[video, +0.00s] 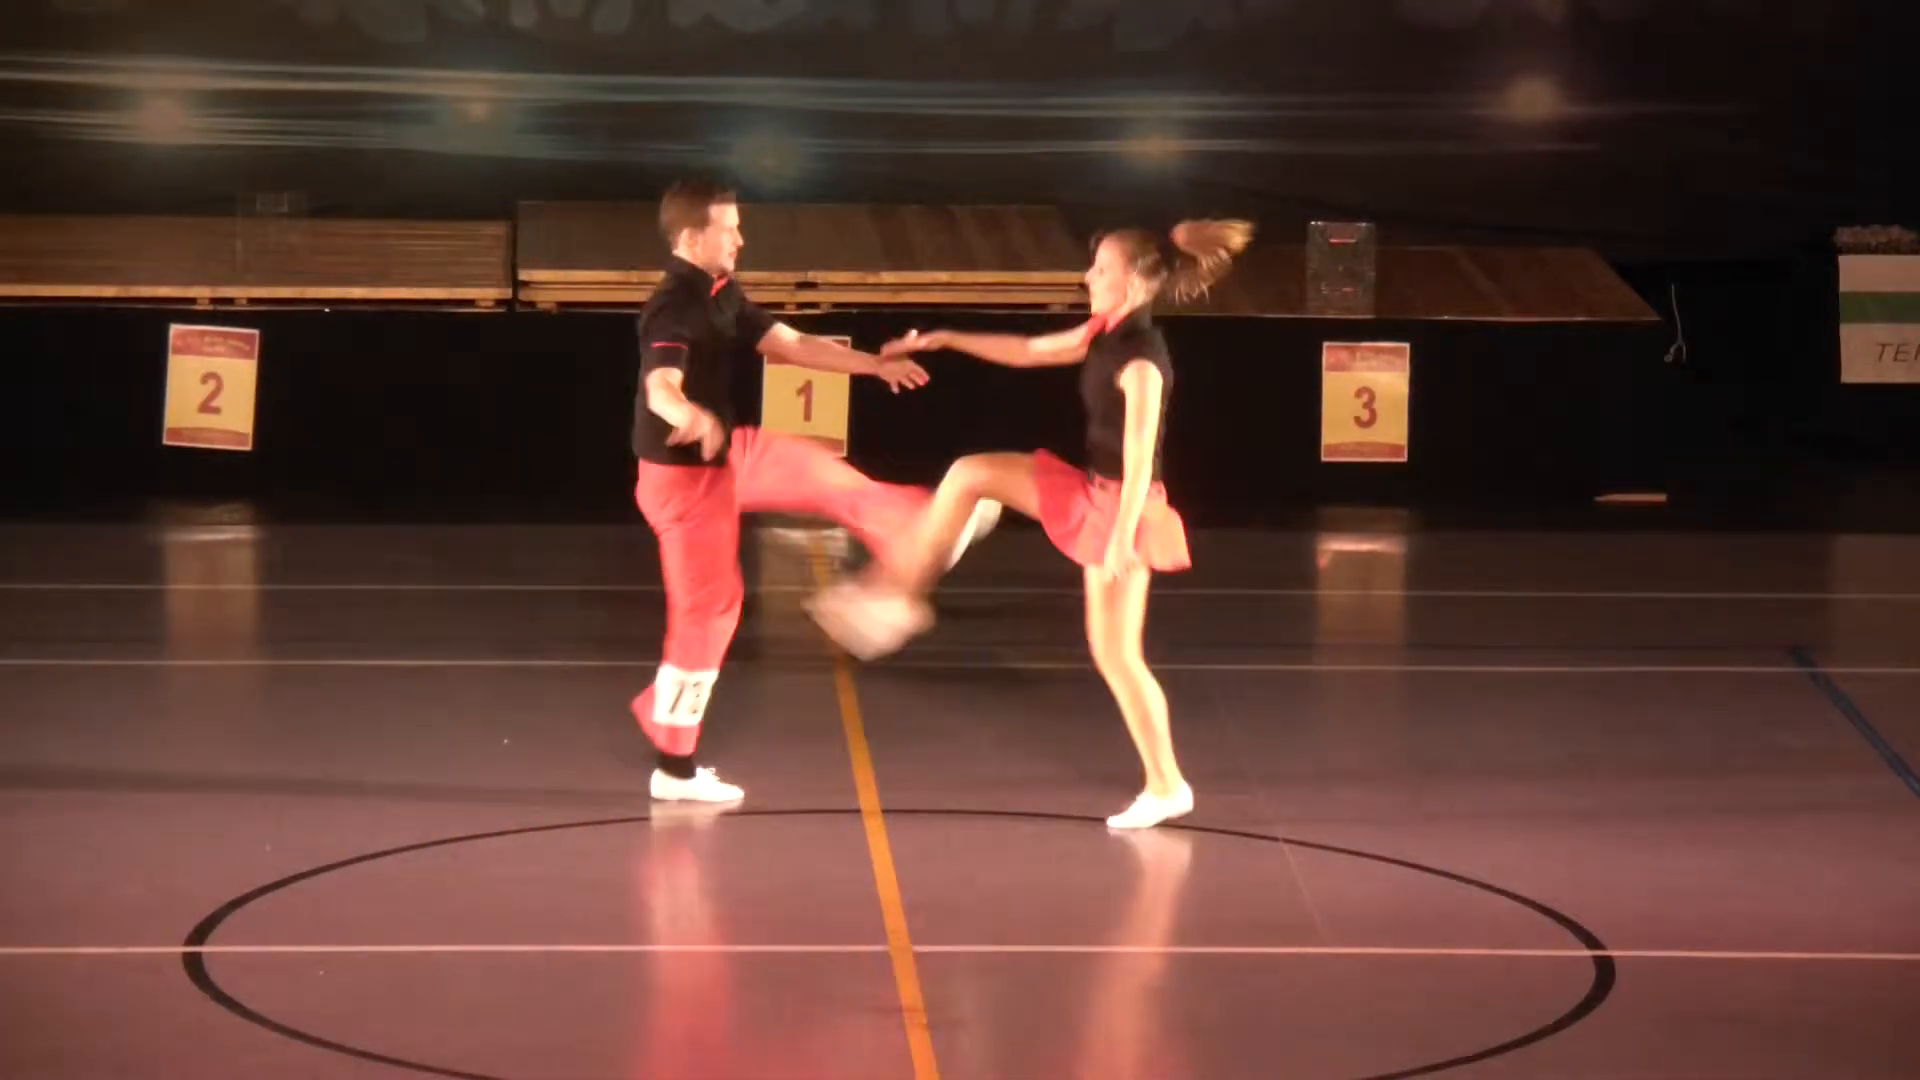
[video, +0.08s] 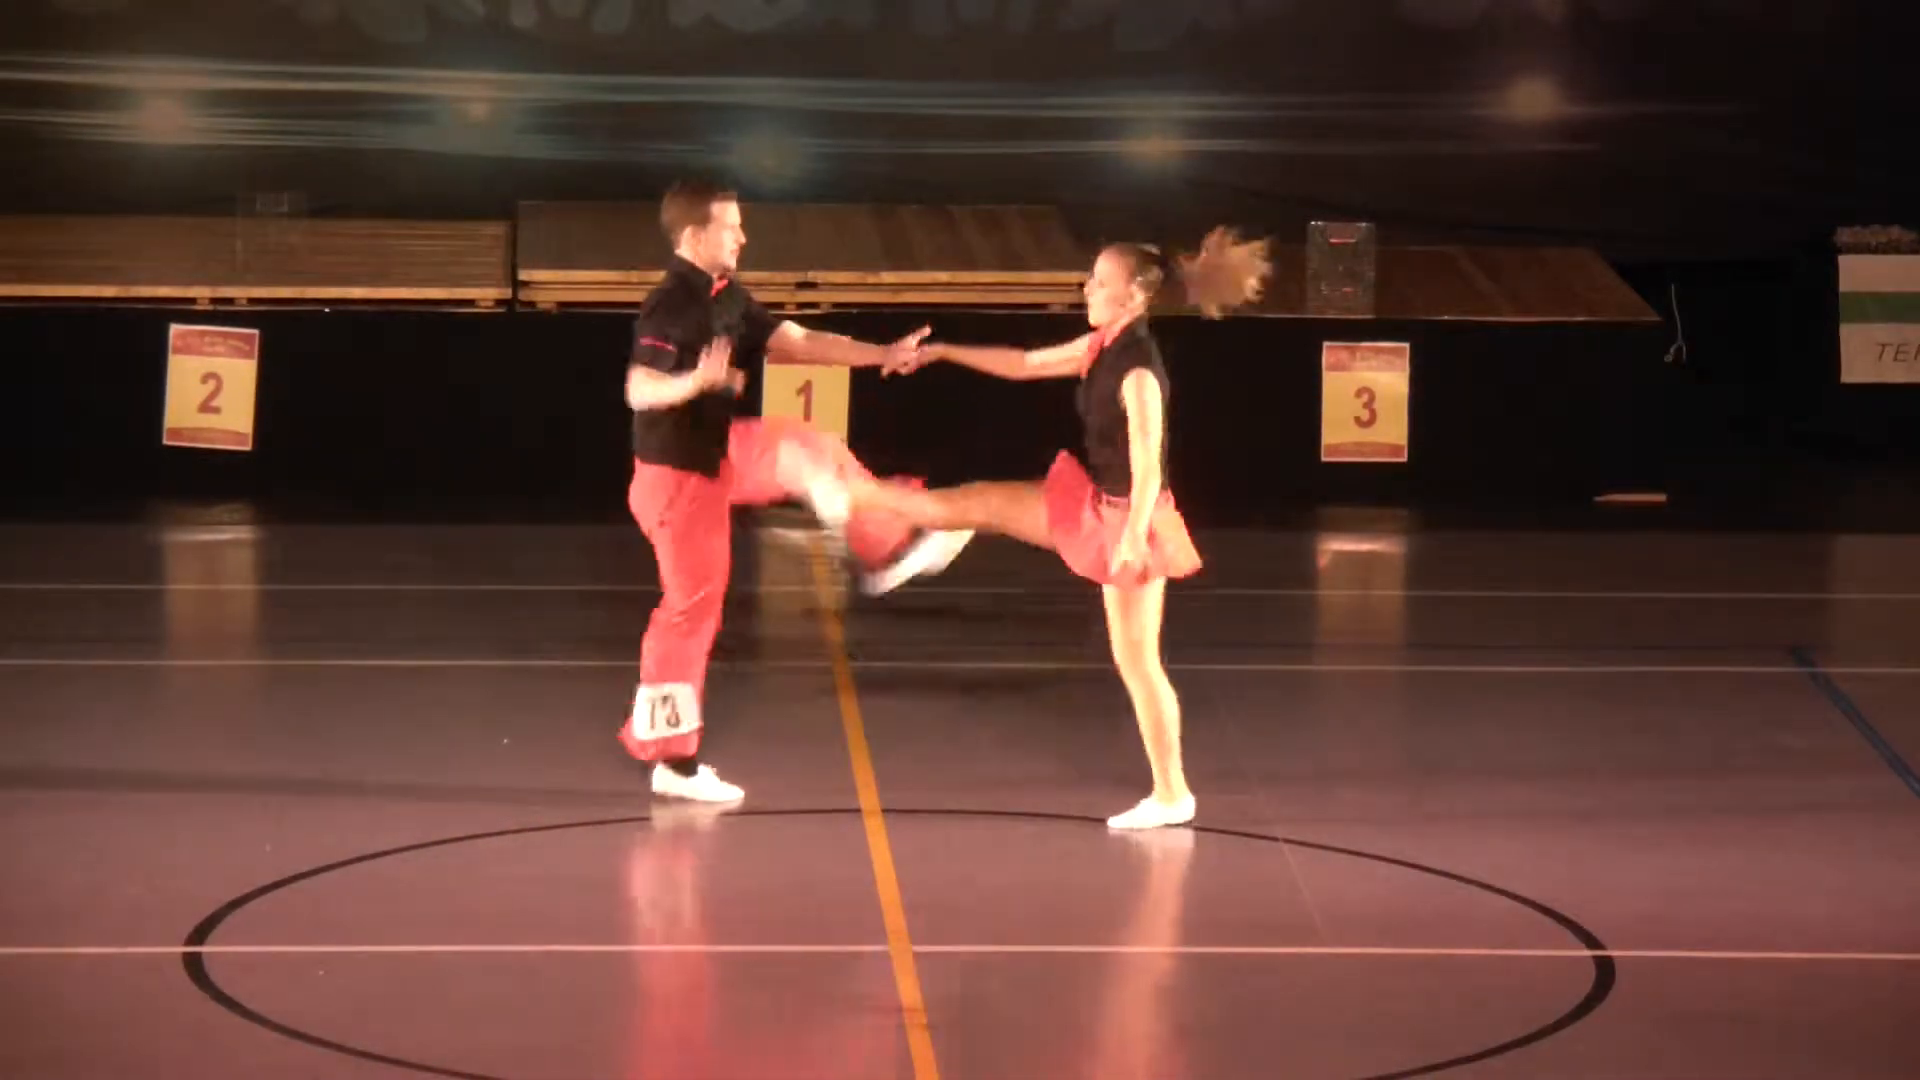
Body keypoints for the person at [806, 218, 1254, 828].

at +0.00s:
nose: (1089, 276)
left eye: (1102, 268)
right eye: (1093, 266)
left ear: (1137, 282)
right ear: (1119, 279)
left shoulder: (1141, 357)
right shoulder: (1102, 333)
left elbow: (1140, 464)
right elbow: (1027, 351)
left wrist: (1121, 539)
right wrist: (945, 338)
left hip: (1124, 512)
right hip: (1088, 494)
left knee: (1115, 653)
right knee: (968, 474)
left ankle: (1165, 785)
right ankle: (895, 596)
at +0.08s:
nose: (1087, 287)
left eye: (1098, 280)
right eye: (1091, 277)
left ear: (1132, 298)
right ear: (1123, 294)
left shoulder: (1136, 371)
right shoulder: (1101, 344)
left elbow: (1148, 464)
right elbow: (1023, 363)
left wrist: (1134, 534)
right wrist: (939, 351)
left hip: (1130, 525)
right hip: (1089, 508)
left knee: (1137, 661)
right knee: (974, 503)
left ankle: (1171, 793)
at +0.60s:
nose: (1079, 289)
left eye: (1090, 279)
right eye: (1081, 277)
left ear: (1126, 289)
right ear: (1111, 287)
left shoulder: (1128, 359)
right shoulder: (1103, 334)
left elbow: (1030, 383)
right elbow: (1017, 320)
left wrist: (965, 321)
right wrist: (935, 286)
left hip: (1120, 520)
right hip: (1083, 489)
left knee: (1092, 654)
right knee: (965, 461)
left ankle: (1105, 788)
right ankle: (845, 545)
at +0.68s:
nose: (1082, 284)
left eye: (1091, 274)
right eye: (1082, 273)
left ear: (1124, 281)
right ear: (1101, 278)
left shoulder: (1123, 351)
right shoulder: (1101, 327)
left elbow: (1029, 328)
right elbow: (1025, 306)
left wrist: (951, 275)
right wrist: (951, 269)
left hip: (1121, 518)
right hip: (1080, 487)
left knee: (1102, 651)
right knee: (978, 440)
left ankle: (1104, 787)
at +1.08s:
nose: (1128, 278)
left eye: (1143, 270)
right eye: (1127, 267)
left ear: (1179, 275)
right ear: (1131, 270)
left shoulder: (1172, 342)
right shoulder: (1141, 319)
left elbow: (1190, 439)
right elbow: (1067, 320)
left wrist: (1192, 520)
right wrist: (981, 312)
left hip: (1139, 493)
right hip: (1153, 491)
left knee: (1053, 604)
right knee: (1115, 622)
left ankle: (1130, 735)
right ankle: (1134, 752)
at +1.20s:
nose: (1158, 297)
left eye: (1173, 288)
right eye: (1153, 283)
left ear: (1204, 292)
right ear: (1144, 281)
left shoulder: (1205, 363)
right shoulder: (1146, 333)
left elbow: (1263, 429)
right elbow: (1071, 321)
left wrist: (1324, 480)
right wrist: (985, 298)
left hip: (1160, 505)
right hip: (1147, 494)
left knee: (1019, 469)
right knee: (1147, 639)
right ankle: (1169, 777)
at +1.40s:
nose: (1148, 262)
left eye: (1164, 254)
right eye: (1144, 248)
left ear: (1191, 263)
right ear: (1135, 245)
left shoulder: (1182, 331)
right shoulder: (1130, 299)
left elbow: (1226, 415)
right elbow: (1056, 290)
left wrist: (1270, 492)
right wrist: (970, 273)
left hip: (1157, 478)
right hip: (1170, 481)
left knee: (1027, 441)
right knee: (1146, 617)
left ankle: (1125, 533)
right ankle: (1163, 760)